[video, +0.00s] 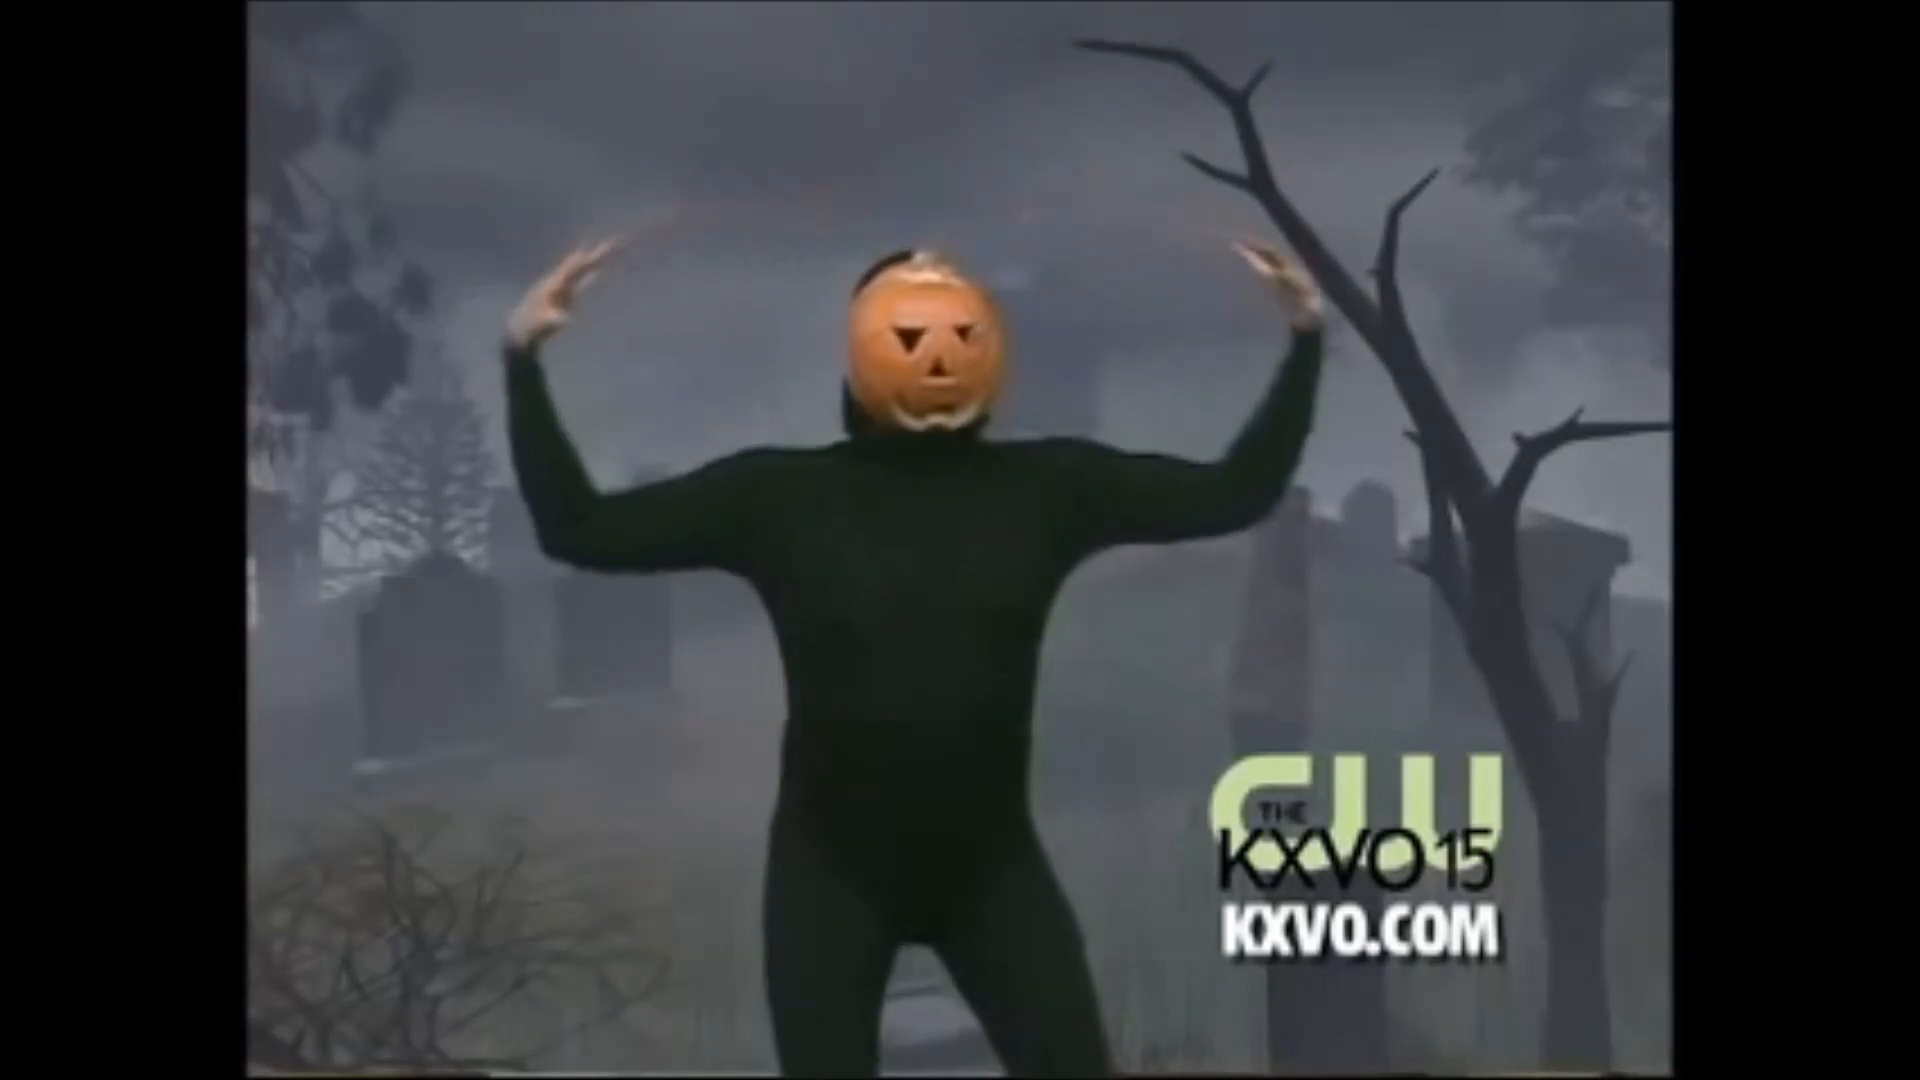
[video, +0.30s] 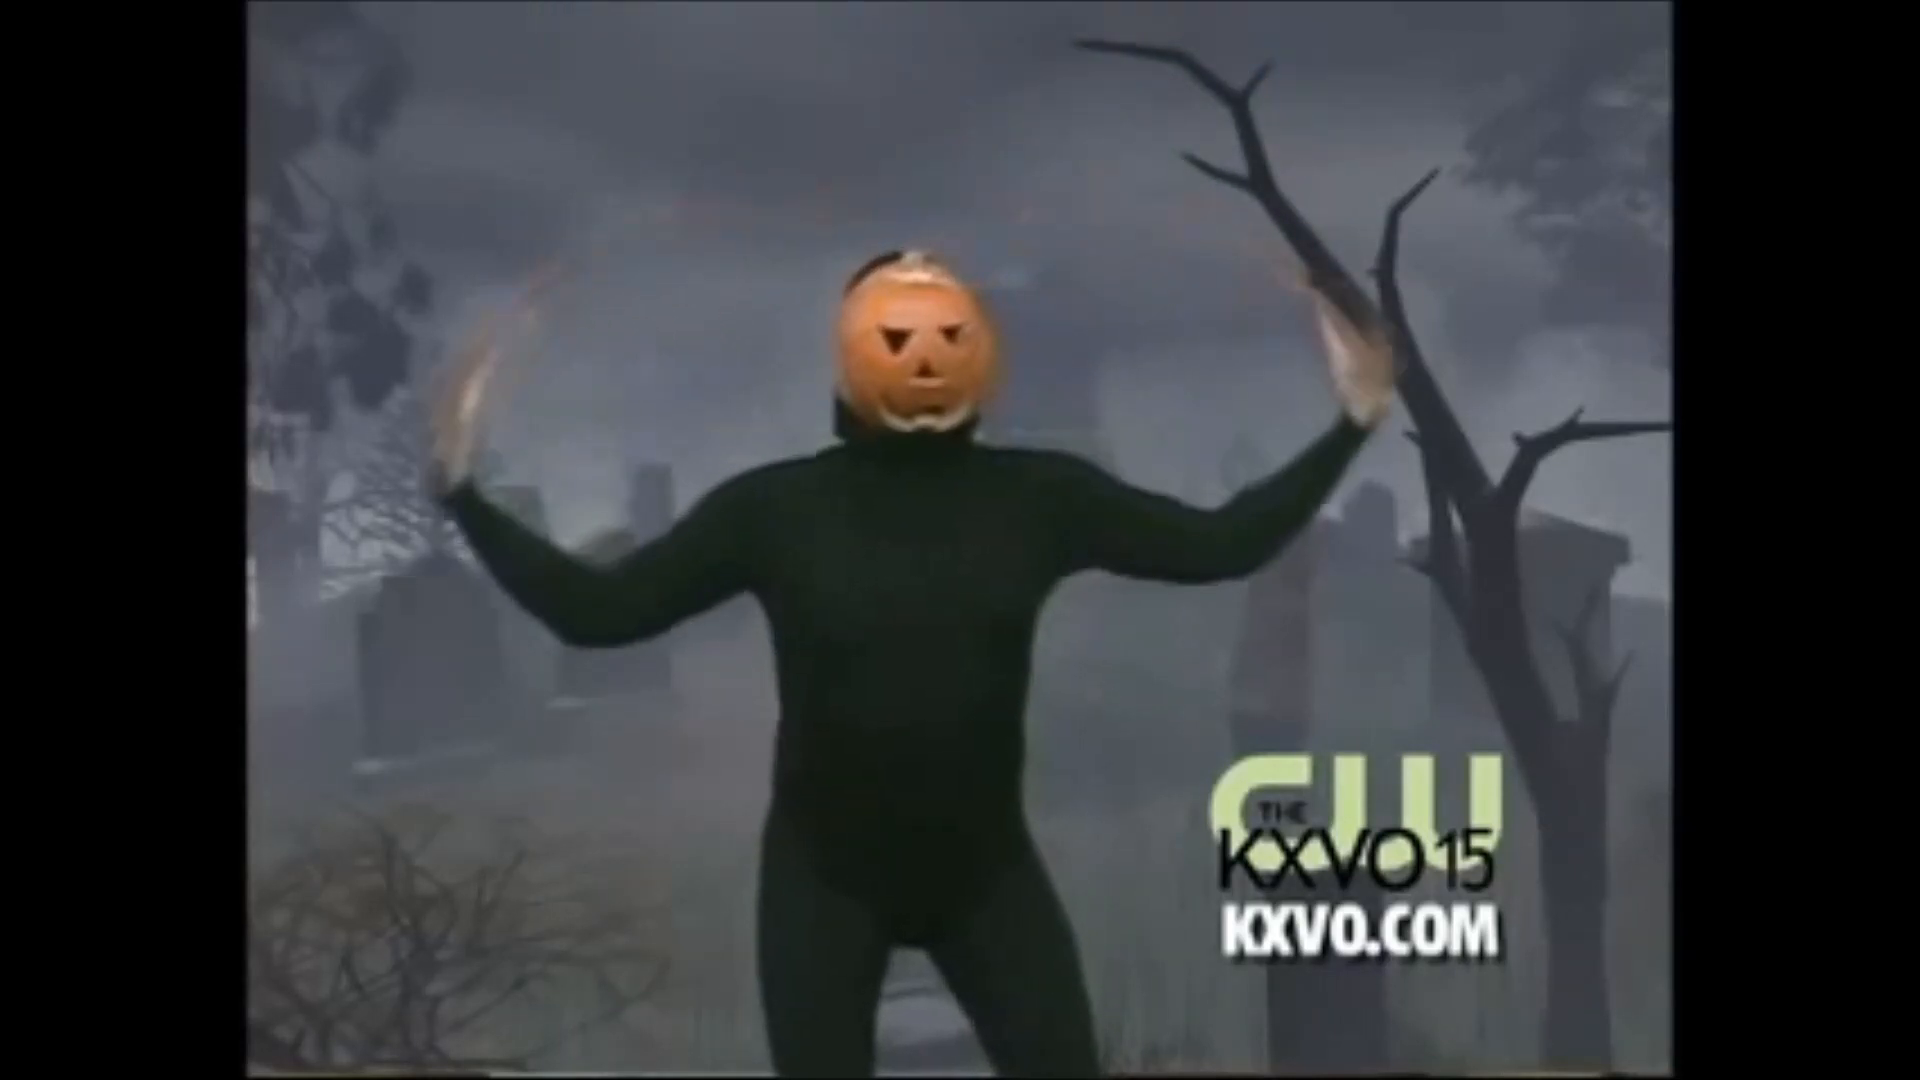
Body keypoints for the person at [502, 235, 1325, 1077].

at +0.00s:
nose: (937, 352)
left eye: (964, 331)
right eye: (903, 330)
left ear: (998, 364)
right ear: (853, 365)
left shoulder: (1053, 487)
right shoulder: (775, 494)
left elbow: (1239, 493)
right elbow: (580, 530)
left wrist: (1306, 341)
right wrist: (523, 360)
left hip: (992, 866)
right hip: (829, 873)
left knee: (1076, 1066)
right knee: (824, 1070)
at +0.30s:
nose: (924, 352)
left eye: (950, 333)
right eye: (892, 333)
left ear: (988, 365)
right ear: (843, 367)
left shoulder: (1042, 496)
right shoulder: (772, 508)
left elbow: (1219, 543)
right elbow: (598, 610)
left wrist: (1356, 416)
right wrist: (463, 488)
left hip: (986, 871)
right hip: (821, 877)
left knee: (1063, 1066)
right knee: (819, 1071)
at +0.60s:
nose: (901, 336)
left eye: (925, 321)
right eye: (869, 326)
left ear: (964, 364)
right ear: (829, 370)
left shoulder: (1018, 505)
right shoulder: (764, 518)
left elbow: (1183, 590)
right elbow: (622, 675)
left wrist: (1356, 535)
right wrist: (444, 668)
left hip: (977, 872)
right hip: (815, 878)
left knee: (1056, 1062)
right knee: (812, 1072)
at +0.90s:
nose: (886, 360)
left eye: (912, 336)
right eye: (854, 338)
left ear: (948, 353)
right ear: (802, 358)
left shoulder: (988, 486)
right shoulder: (761, 518)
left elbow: (1064, 621)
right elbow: (716, 728)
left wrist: (1158, 732)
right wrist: (670, 883)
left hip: (972, 864)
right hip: (817, 876)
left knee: (1010, 1063)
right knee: (818, 1063)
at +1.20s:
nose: (897, 273)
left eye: (917, 250)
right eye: (860, 255)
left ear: (953, 278)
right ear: (805, 296)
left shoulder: (973, 407)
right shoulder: (790, 462)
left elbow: (977, 610)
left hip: (950, 734)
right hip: (827, 770)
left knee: (1045, 788)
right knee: (851, 1058)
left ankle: (995, 1060)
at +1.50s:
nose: (850, 255)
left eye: (876, 231)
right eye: (816, 237)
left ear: (911, 253)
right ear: (769, 274)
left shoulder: (960, 387)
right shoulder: (749, 453)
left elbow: (995, 515)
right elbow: (809, 634)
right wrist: (898, 546)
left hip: (949, 791)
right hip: (810, 810)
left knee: (1013, 1052)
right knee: (837, 1060)